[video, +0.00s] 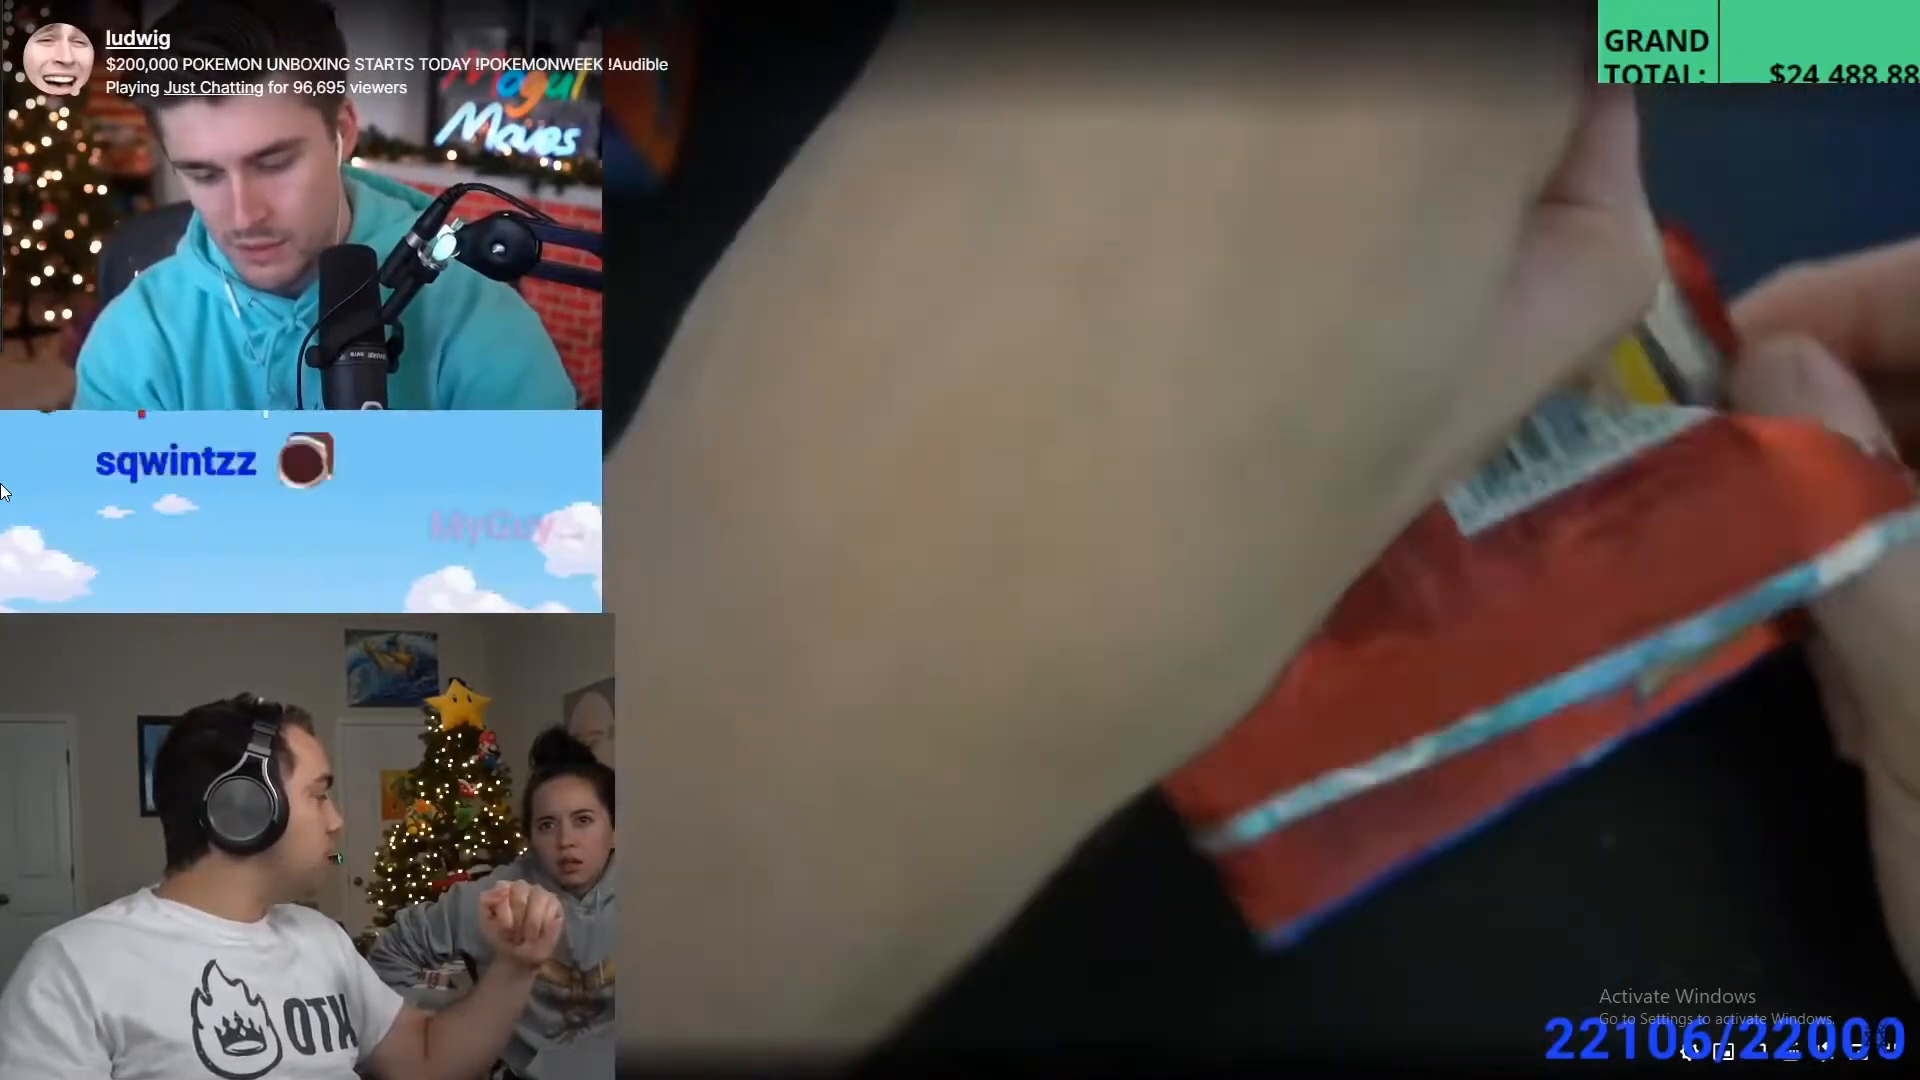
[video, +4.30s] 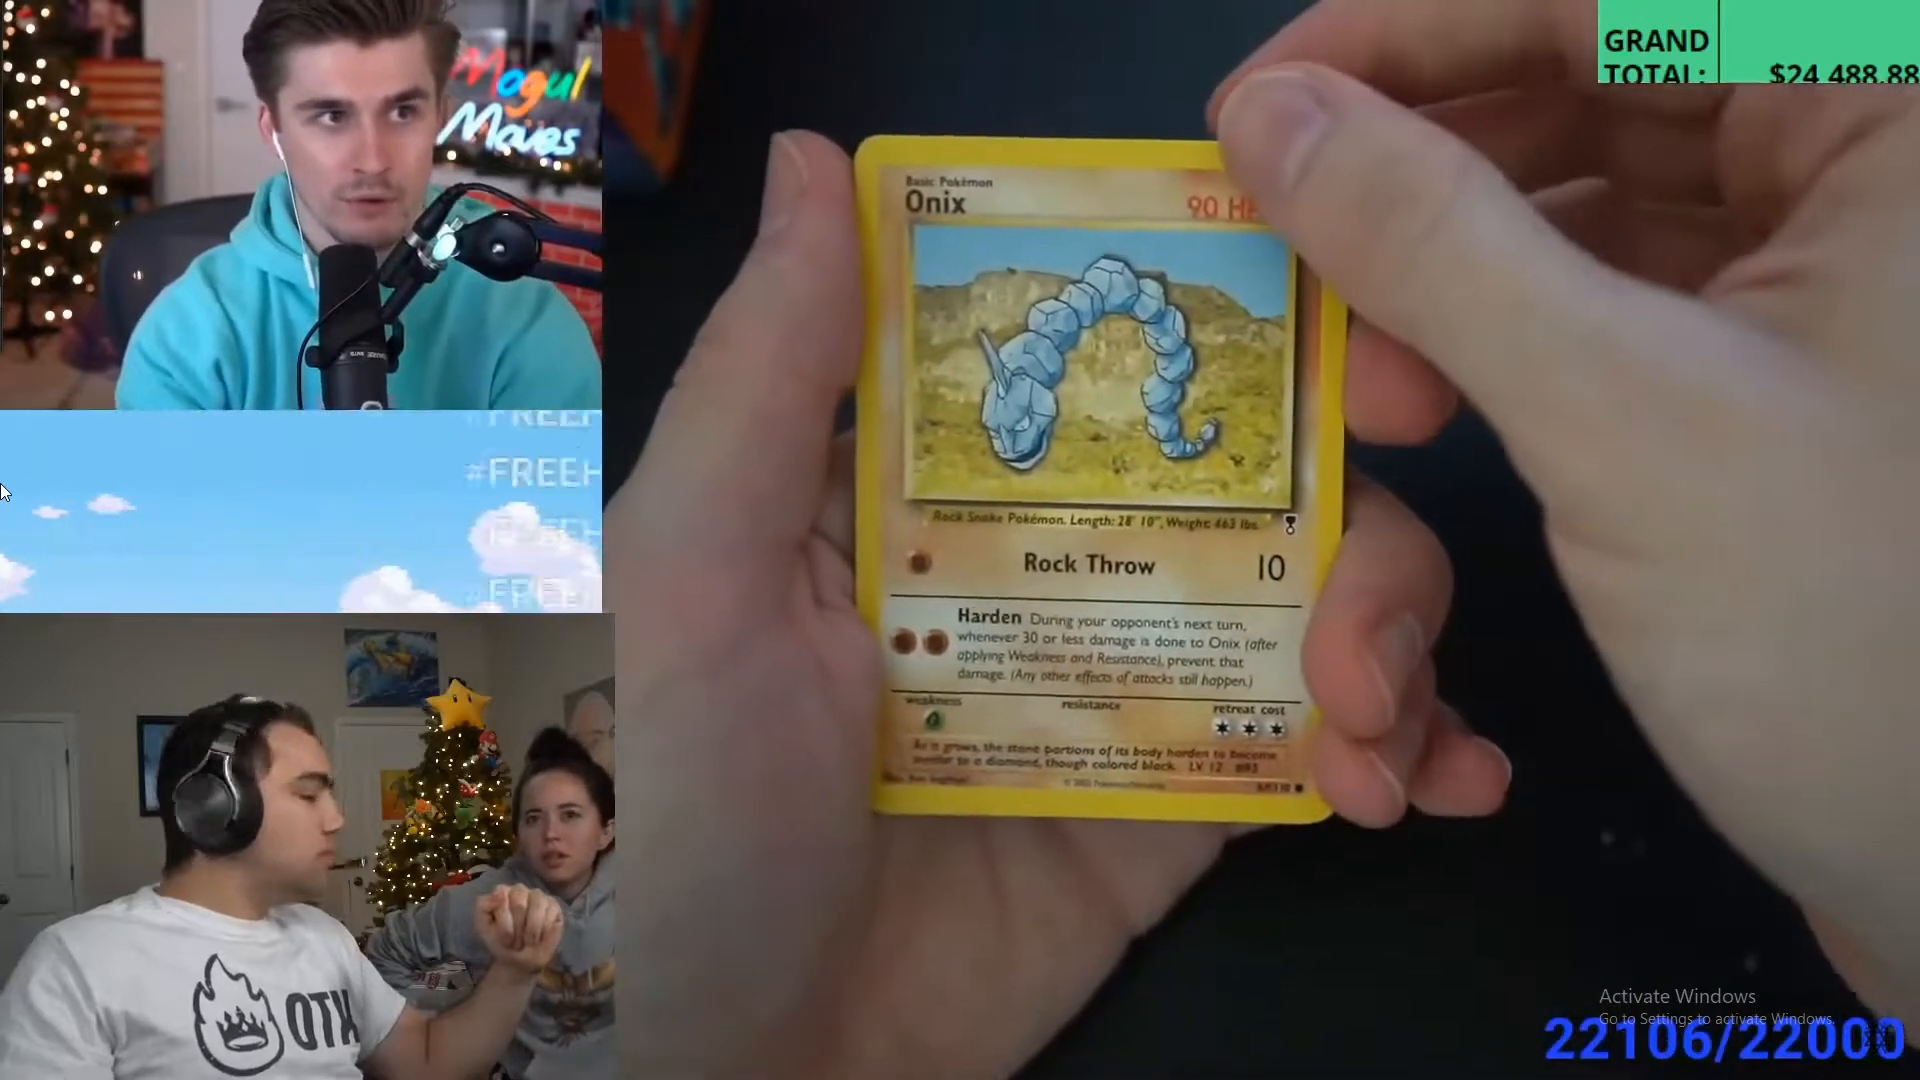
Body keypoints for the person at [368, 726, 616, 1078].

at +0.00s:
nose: (566, 841)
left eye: (583, 821)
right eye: (547, 825)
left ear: (614, 830)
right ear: (530, 837)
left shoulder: (642, 892)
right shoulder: (489, 899)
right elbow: (389, 957)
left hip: (624, 1067)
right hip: (535, 1072)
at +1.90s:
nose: (564, 842)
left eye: (582, 822)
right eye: (545, 826)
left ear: (612, 830)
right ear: (528, 838)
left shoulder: (644, 892)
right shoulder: (490, 898)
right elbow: (388, 957)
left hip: (621, 1067)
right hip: (535, 1072)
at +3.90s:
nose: (556, 829)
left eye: (575, 811)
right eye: (539, 814)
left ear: (608, 827)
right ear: (523, 833)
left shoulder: (640, 888)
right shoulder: (483, 899)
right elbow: (386, 956)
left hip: (626, 1067)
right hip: (534, 1071)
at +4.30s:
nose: (550, 834)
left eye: (570, 815)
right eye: (533, 819)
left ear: (605, 830)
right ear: (518, 835)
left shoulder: (636, 892)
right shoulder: (476, 903)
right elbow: (383, 955)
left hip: (622, 1068)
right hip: (530, 1072)